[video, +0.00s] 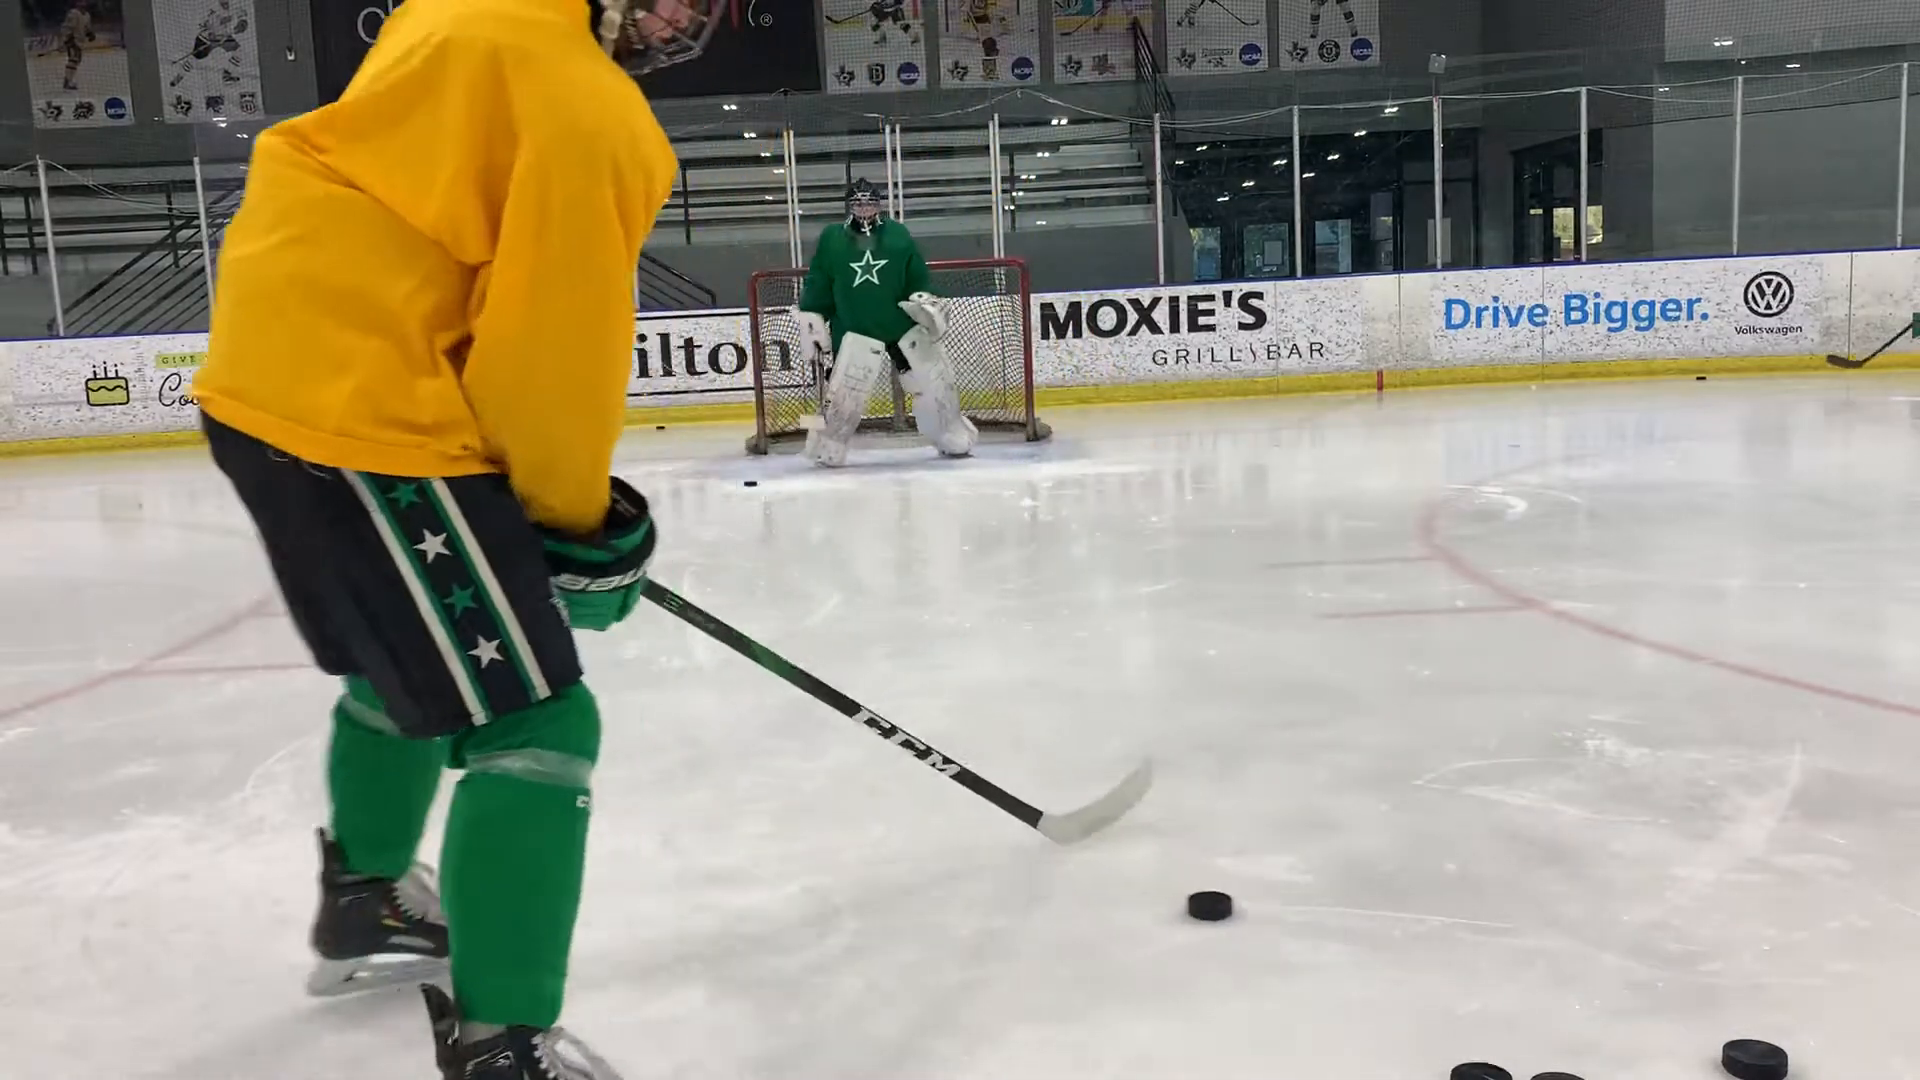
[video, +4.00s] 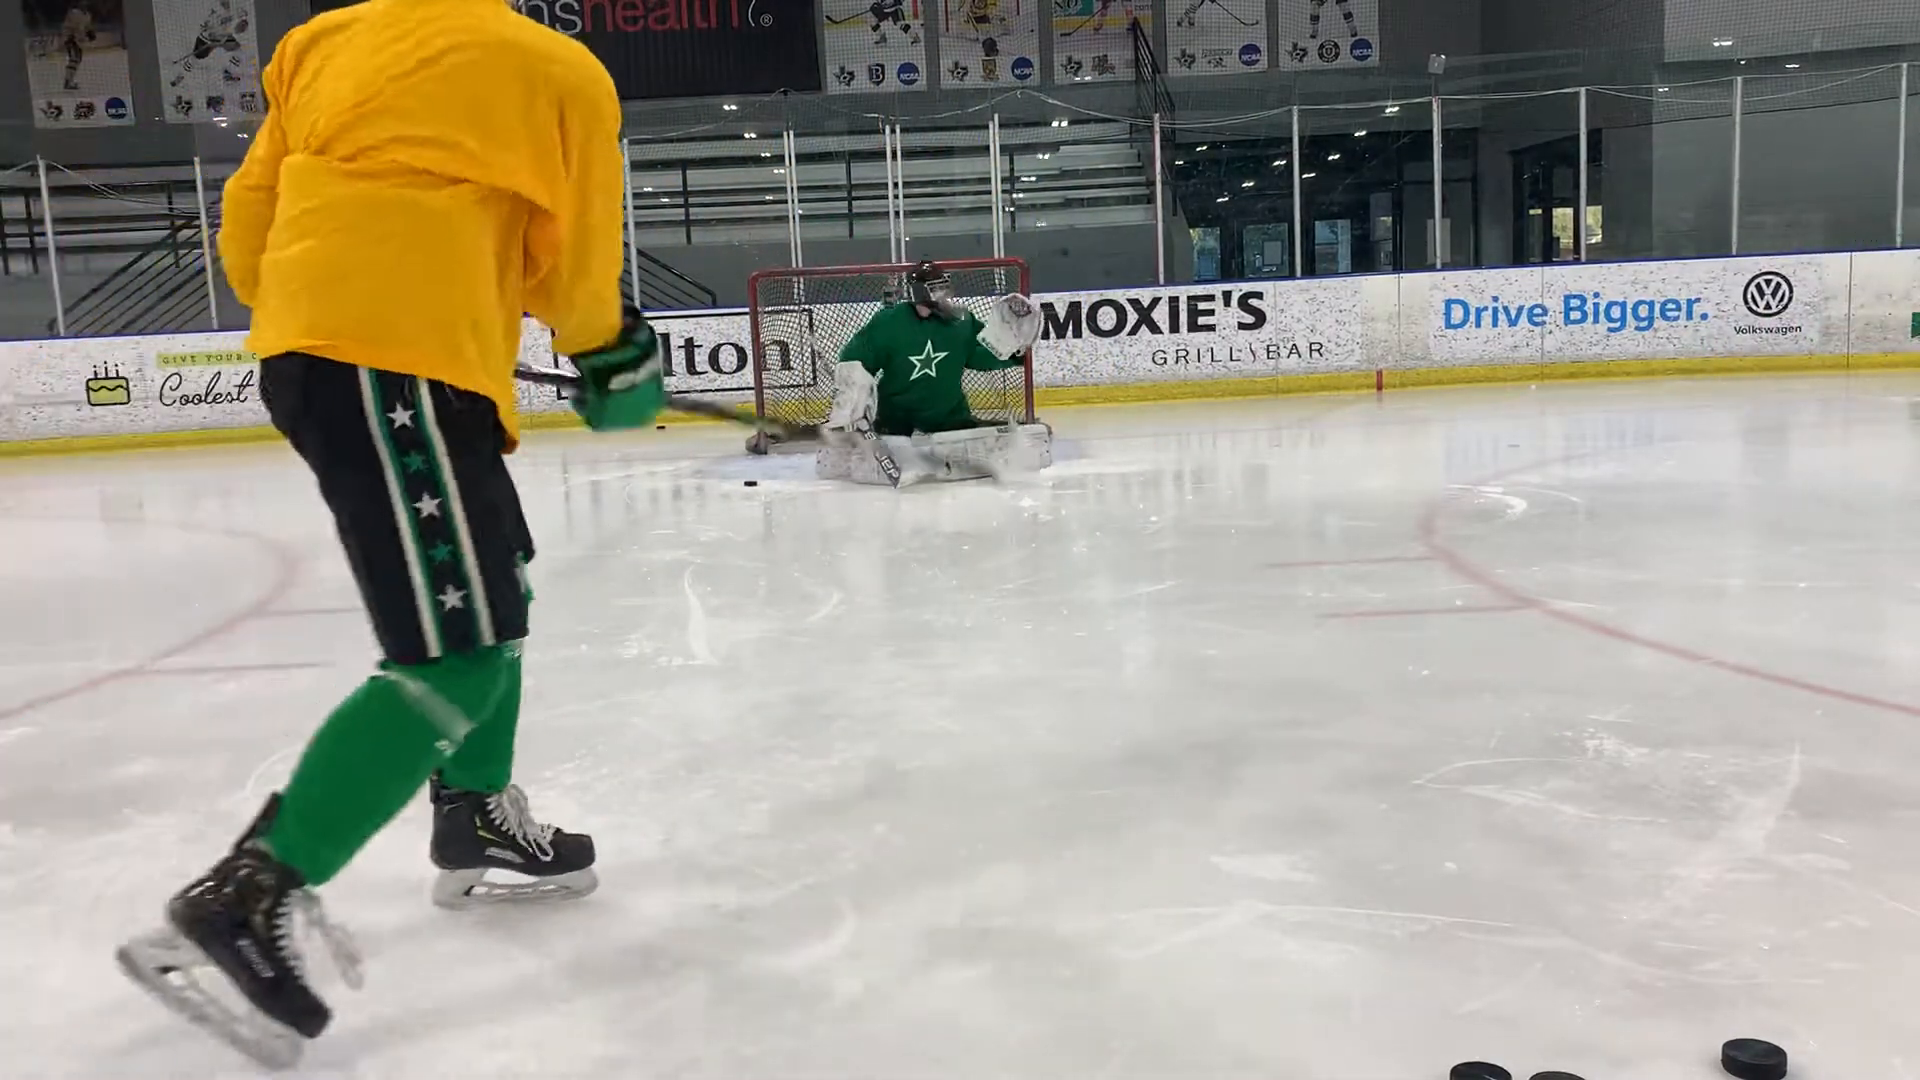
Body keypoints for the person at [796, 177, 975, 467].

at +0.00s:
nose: (864, 209)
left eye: (869, 203)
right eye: (858, 204)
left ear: (879, 205)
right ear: (849, 206)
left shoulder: (898, 235)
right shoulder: (833, 238)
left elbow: (919, 278)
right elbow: (817, 284)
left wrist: (925, 307)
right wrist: (812, 327)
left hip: (902, 325)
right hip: (855, 328)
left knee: (933, 382)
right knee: (845, 391)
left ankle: (953, 441)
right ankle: (830, 451)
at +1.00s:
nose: (850, 201)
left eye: (855, 196)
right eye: (845, 196)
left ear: (863, 199)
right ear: (837, 199)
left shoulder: (881, 228)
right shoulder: (818, 229)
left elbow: (902, 261)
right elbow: (794, 260)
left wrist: (912, 285)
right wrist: (784, 281)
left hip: (878, 318)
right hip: (833, 320)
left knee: (891, 377)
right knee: (834, 380)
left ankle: (901, 435)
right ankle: (840, 437)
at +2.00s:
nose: (879, 204)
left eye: (884, 199)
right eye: (873, 198)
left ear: (894, 201)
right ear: (864, 201)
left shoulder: (908, 228)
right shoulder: (846, 231)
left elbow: (928, 264)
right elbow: (824, 276)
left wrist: (918, 279)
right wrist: (849, 288)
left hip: (909, 321)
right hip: (864, 323)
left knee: (939, 383)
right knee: (845, 390)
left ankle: (967, 445)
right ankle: (819, 454)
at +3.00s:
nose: (913, 281)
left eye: (919, 274)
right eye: (907, 275)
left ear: (929, 274)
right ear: (895, 276)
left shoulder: (946, 296)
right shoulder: (876, 303)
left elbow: (969, 348)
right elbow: (854, 342)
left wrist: (970, 333)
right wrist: (852, 380)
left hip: (946, 372)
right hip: (897, 378)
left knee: (982, 409)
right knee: (872, 424)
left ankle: (1027, 451)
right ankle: (826, 464)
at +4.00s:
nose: (944, 297)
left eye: (945, 289)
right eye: (936, 291)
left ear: (948, 288)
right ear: (918, 293)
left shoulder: (961, 322)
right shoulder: (889, 323)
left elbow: (983, 356)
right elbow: (853, 360)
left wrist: (1013, 327)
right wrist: (852, 405)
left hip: (954, 426)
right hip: (899, 428)